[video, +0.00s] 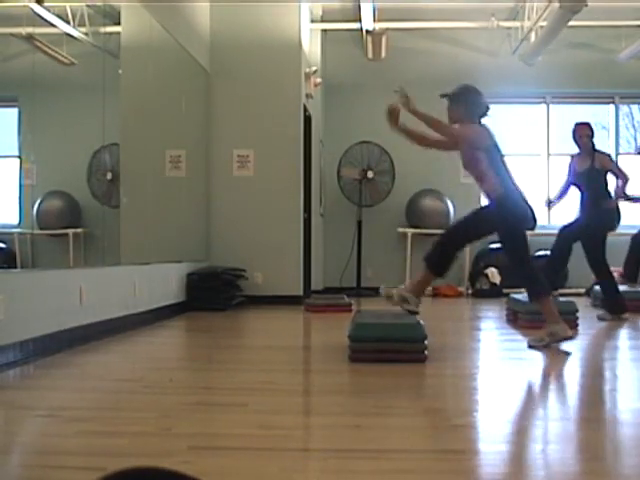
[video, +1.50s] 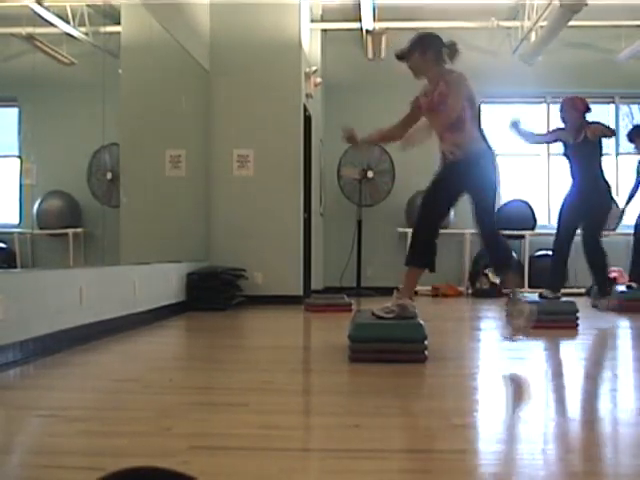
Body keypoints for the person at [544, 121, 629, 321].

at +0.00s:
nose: (584, 140)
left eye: (587, 136)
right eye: (579, 137)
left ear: (592, 137)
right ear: (575, 139)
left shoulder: (602, 159)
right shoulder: (574, 161)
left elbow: (623, 178)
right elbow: (568, 184)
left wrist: (618, 196)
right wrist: (555, 200)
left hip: (606, 214)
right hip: (587, 215)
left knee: (566, 234)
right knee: (597, 263)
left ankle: (551, 280)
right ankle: (616, 307)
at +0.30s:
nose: (591, 137)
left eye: (595, 133)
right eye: (587, 134)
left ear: (600, 134)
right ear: (582, 136)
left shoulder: (610, 155)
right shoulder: (578, 157)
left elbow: (635, 169)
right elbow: (579, 185)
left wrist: (637, 196)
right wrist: (579, 209)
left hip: (609, 212)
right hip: (587, 213)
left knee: (605, 260)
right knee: (599, 261)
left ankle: (615, 308)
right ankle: (611, 307)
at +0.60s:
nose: (591, 134)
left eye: (594, 129)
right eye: (587, 130)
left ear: (600, 130)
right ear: (581, 133)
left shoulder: (610, 150)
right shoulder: (577, 151)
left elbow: (606, 161)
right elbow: (553, 165)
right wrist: (547, 156)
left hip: (607, 210)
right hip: (585, 209)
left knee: (609, 259)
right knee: (563, 233)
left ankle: (617, 311)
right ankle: (573, 282)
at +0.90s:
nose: (567, 124)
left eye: (569, 120)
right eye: (562, 121)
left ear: (576, 121)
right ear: (557, 124)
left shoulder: (588, 139)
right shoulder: (555, 143)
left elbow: (603, 154)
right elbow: (529, 160)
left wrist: (583, 162)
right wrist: (541, 154)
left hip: (590, 200)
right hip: (566, 199)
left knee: (590, 249)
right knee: (554, 242)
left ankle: (607, 298)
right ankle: (552, 289)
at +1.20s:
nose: (554, 123)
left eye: (557, 118)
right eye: (550, 118)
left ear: (567, 117)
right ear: (547, 119)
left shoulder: (584, 132)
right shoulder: (546, 140)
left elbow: (606, 141)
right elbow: (543, 159)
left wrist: (607, 170)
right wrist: (548, 180)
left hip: (585, 189)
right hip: (561, 190)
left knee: (569, 232)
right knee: (556, 234)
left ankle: (560, 284)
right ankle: (552, 284)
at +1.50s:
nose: (562, 116)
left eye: (566, 111)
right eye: (562, 112)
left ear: (578, 112)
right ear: (564, 114)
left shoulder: (594, 130)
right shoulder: (562, 134)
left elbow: (612, 133)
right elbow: (534, 139)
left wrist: (596, 130)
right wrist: (517, 130)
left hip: (599, 194)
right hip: (576, 194)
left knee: (590, 239)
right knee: (562, 240)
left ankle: (604, 290)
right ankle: (553, 288)